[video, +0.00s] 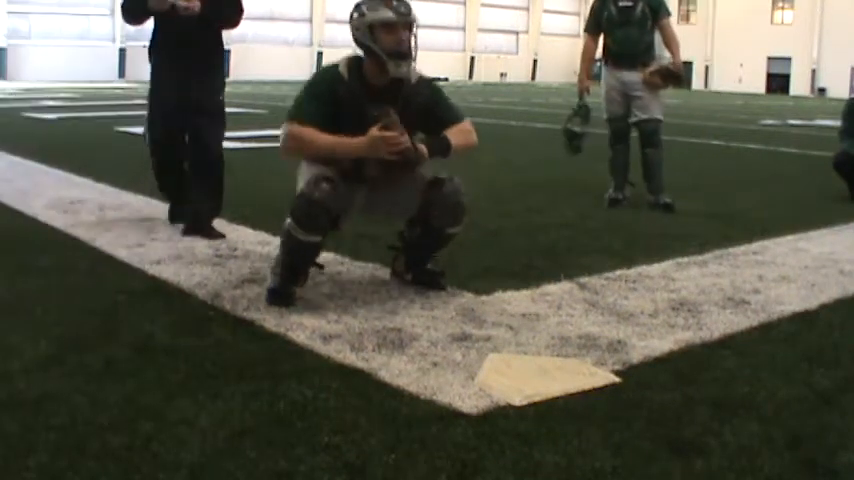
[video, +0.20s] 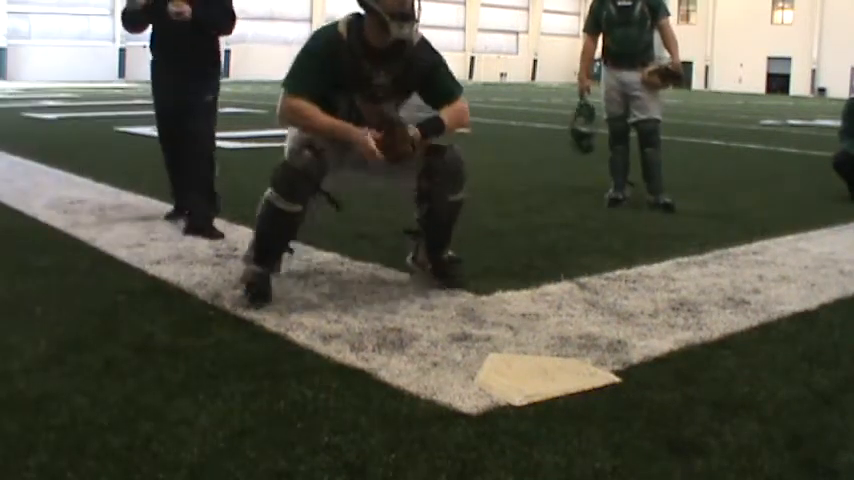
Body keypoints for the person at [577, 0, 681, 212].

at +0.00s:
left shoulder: (652, 4)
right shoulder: (602, 5)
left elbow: (666, 29)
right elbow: (591, 40)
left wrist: (676, 60)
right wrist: (584, 77)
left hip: (645, 75)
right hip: (613, 75)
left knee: (651, 135)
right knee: (617, 135)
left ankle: (657, 193)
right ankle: (618, 188)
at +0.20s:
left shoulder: (651, 3)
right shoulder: (601, 4)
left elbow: (665, 28)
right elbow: (590, 39)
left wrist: (675, 60)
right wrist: (584, 76)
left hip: (645, 75)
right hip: (613, 74)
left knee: (650, 135)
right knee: (617, 135)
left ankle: (656, 193)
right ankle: (618, 188)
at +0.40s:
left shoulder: (650, 3)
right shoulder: (600, 4)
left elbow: (664, 27)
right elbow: (591, 39)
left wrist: (675, 60)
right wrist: (587, 77)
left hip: (645, 74)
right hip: (612, 74)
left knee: (649, 134)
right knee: (617, 135)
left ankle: (656, 193)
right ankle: (618, 188)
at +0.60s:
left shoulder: (651, 3)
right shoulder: (600, 5)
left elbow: (664, 28)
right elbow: (592, 39)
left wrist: (675, 61)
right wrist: (591, 75)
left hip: (644, 75)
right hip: (612, 74)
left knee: (650, 133)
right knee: (616, 134)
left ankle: (657, 193)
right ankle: (618, 188)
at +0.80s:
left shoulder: (651, 3)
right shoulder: (601, 4)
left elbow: (664, 28)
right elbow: (592, 39)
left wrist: (676, 60)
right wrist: (591, 75)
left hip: (644, 75)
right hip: (612, 74)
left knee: (650, 133)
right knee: (616, 134)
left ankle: (656, 193)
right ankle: (618, 188)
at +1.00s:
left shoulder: (652, 4)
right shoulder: (602, 5)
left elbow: (665, 29)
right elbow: (593, 40)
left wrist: (678, 60)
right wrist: (590, 76)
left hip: (645, 74)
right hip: (613, 74)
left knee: (650, 134)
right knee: (617, 135)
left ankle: (656, 193)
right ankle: (618, 188)